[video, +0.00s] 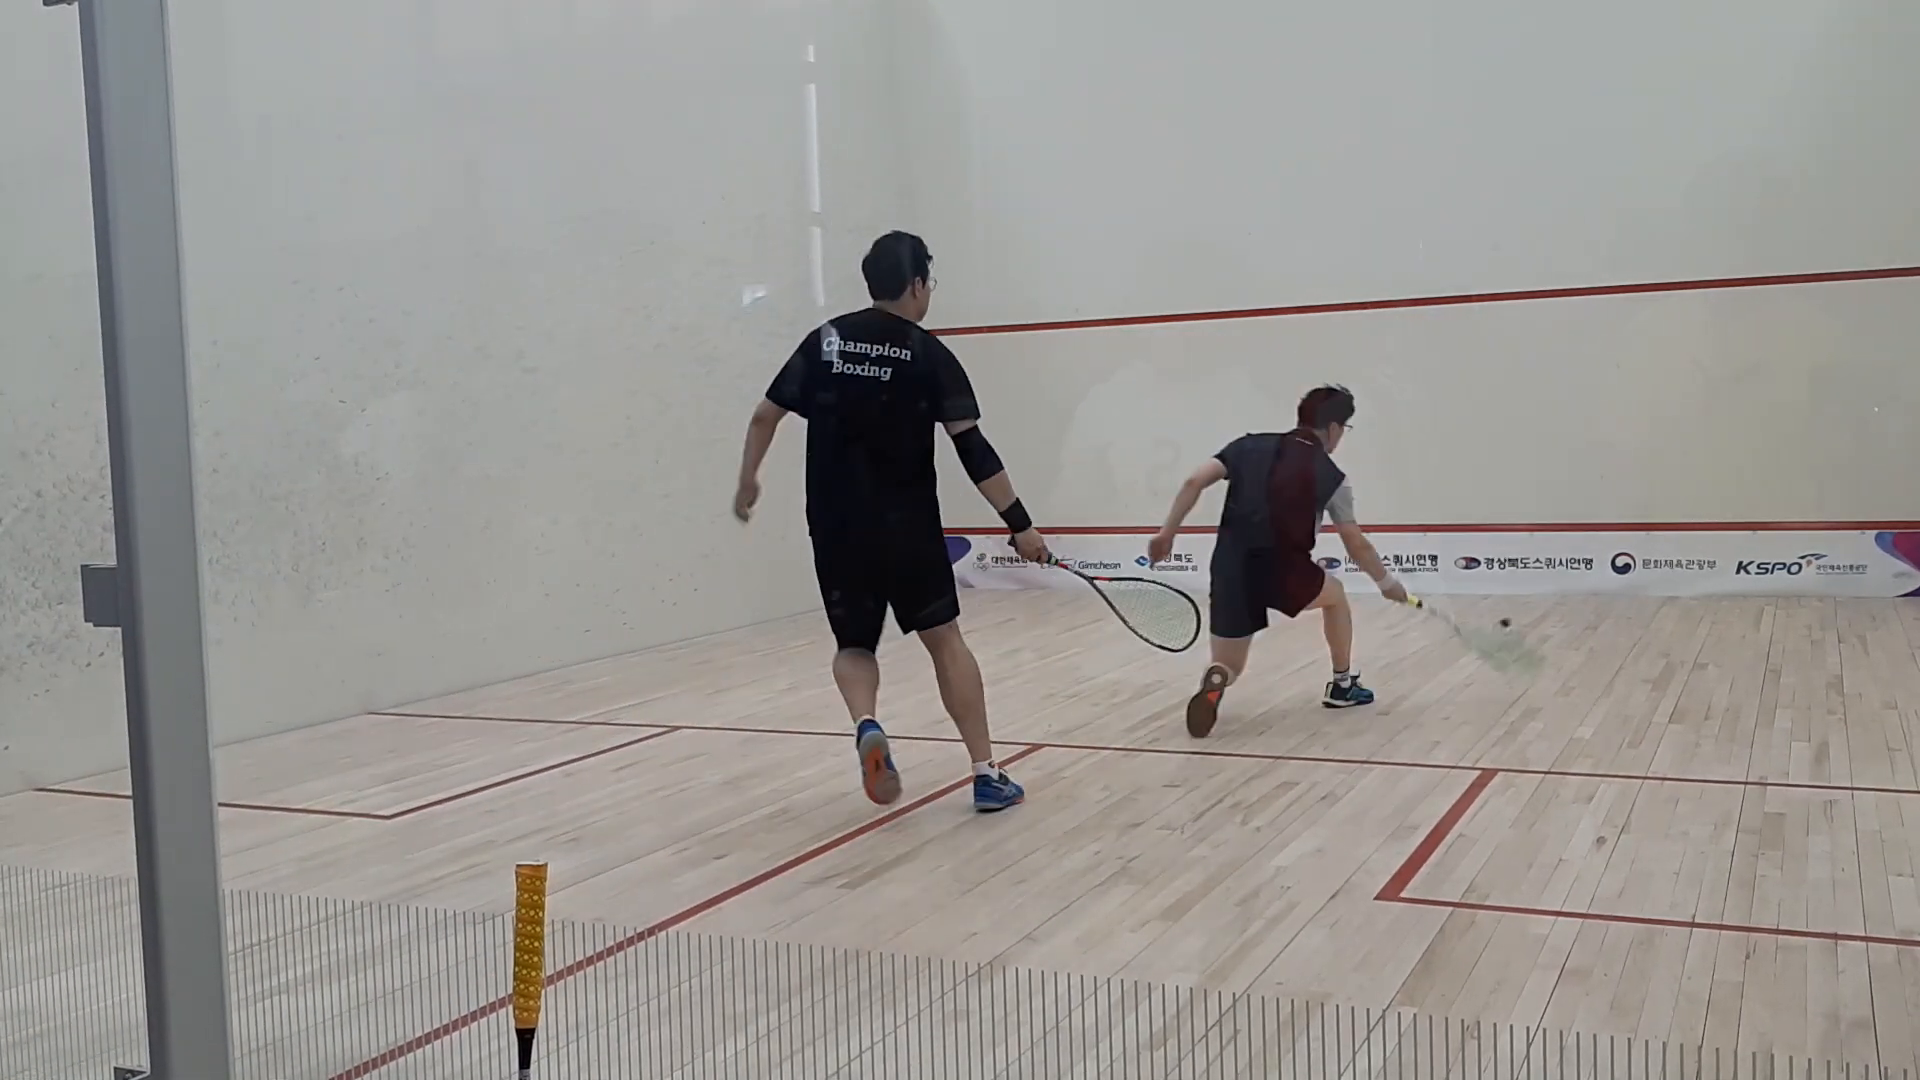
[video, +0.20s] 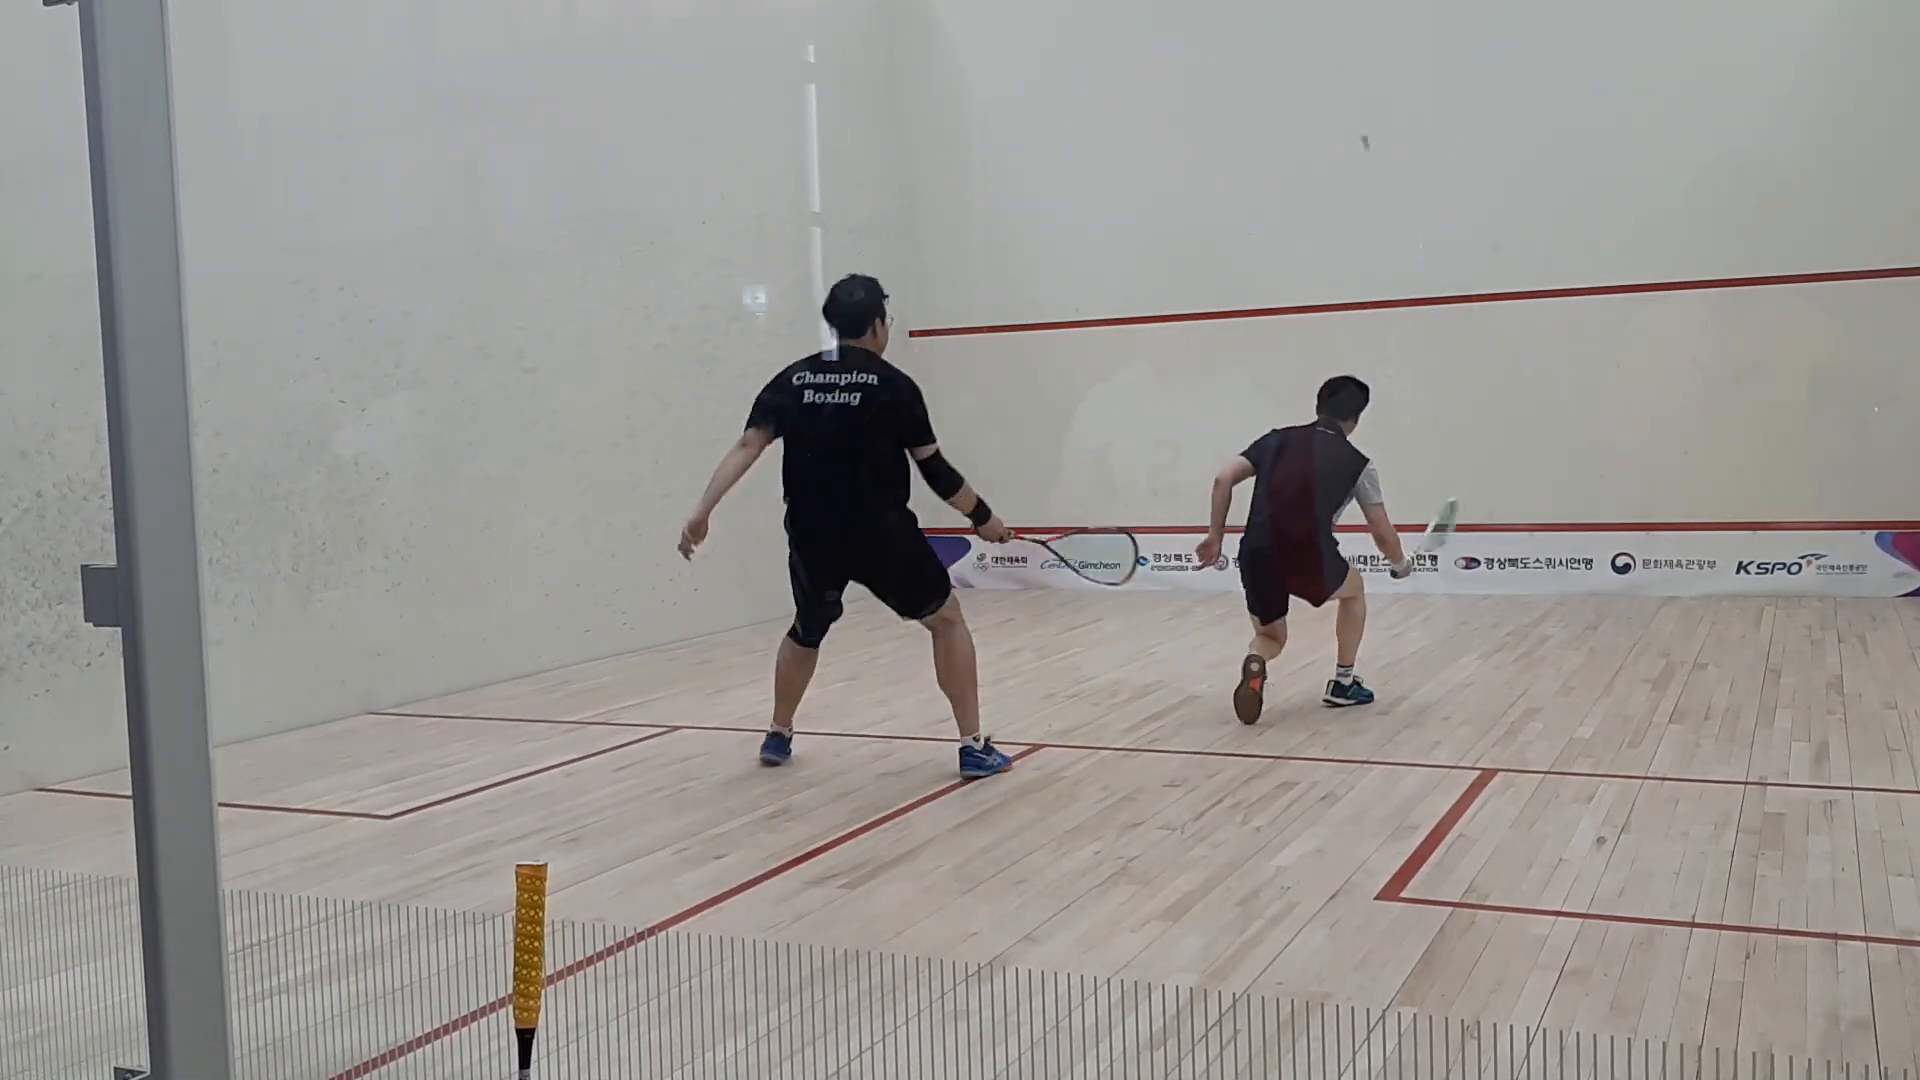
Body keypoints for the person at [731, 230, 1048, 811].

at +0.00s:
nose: (930, 290)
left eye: (929, 280)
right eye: (928, 281)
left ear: (871, 284)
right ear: (917, 285)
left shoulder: (823, 341)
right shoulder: (931, 356)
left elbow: (766, 414)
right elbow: (975, 453)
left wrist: (747, 478)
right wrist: (1020, 525)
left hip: (836, 530)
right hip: (910, 529)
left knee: (853, 643)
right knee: (944, 639)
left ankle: (866, 727)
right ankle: (986, 775)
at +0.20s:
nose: (889, 327)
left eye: (887, 319)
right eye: (886, 319)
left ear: (831, 325)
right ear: (876, 324)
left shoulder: (791, 380)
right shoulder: (896, 386)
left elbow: (748, 446)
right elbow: (934, 469)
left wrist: (702, 511)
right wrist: (983, 517)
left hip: (813, 539)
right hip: (883, 537)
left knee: (806, 628)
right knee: (947, 621)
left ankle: (778, 735)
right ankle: (973, 745)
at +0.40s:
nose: (832, 351)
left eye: (830, 342)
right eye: (830, 342)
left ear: (779, 350)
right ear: (824, 349)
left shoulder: (742, 407)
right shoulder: (846, 412)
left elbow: (721, 494)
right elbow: (873, 492)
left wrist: (719, 553)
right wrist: (904, 538)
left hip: (773, 547)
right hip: (839, 544)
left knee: (784, 620)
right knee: (889, 611)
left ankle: (777, 730)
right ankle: (938, 707)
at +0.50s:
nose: (800, 348)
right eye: (799, 343)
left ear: (748, 355)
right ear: (797, 351)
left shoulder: (729, 409)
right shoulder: (830, 408)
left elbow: (719, 503)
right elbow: (854, 483)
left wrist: (747, 523)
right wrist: (865, 537)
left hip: (766, 548)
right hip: (828, 543)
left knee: (733, 604)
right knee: (840, 623)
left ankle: (767, 726)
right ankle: (887, 724)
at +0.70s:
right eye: (708, 347)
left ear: (667, 362)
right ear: (715, 355)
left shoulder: (669, 423)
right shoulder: (750, 406)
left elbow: (672, 517)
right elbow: (745, 489)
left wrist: (640, 529)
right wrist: (676, 515)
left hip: (719, 563)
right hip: (779, 552)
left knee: (610, 624)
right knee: (803, 637)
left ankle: (618, 753)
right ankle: (881, 724)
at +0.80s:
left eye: (601, 339)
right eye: (636, 334)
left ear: (597, 348)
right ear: (647, 343)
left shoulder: (604, 417)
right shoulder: (675, 390)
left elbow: (594, 510)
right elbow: (654, 466)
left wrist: (543, 536)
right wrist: (584, 485)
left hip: (666, 563)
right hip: (721, 550)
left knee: (559, 641)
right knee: (754, 645)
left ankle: (596, 773)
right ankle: (846, 715)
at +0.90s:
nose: (527, 354)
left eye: (524, 347)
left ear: (526, 355)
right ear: (575, 345)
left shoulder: (541, 427)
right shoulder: (601, 389)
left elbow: (510, 522)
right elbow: (561, 464)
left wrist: (446, 543)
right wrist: (473, 467)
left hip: (607, 570)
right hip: (655, 551)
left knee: (515, 658)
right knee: (629, 657)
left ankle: (589, 779)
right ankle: (753, 704)